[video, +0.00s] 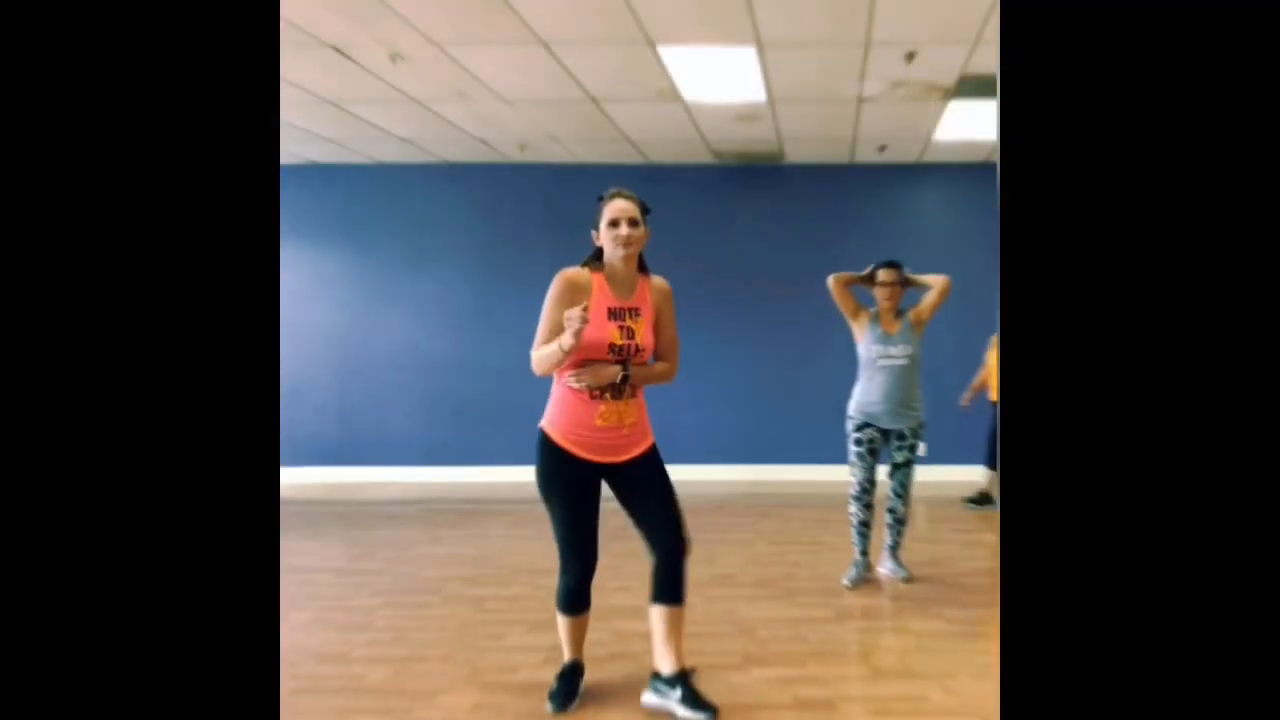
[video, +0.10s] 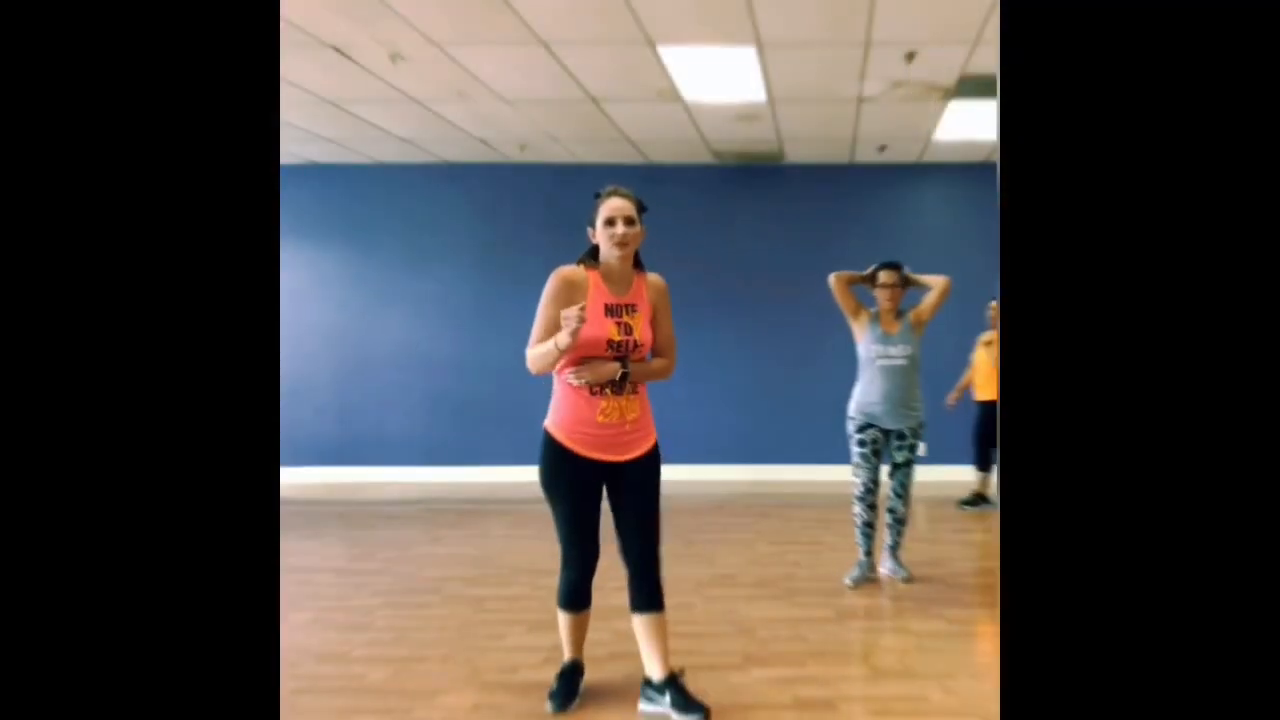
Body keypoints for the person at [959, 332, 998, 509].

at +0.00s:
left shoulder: (993, 342)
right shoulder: (994, 341)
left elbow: (986, 370)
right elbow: (987, 369)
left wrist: (970, 393)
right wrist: (970, 393)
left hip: (996, 402)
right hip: (995, 402)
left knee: (994, 445)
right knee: (993, 445)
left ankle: (990, 489)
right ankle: (989, 489)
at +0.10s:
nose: (991, 315)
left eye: (994, 311)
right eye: (990, 311)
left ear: (999, 315)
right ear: (987, 314)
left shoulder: (994, 338)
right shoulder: (983, 339)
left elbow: (993, 365)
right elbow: (973, 368)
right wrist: (957, 391)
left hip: (993, 397)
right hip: (984, 397)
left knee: (984, 440)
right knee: (983, 440)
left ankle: (982, 489)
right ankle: (981, 489)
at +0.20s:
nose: (981, 314)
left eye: (986, 310)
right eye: (979, 309)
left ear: (994, 314)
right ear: (976, 312)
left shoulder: (995, 335)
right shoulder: (970, 336)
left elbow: (990, 362)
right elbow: (961, 367)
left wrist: (977, 344)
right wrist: (949, 390)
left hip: (988, 394)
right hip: (970, 394)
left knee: (978, 441)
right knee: (974, 441)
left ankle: (980, 490)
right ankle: (980, 490)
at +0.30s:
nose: (968, 313)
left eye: (973, 309)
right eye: (966, 308)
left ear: (983, 314)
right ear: (962, 312)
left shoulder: (984, 333)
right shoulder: (959, 335)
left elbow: (973, 358)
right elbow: (950, 367)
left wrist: (961, 342)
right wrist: (940, 392)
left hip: (978, 394)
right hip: (959, 395)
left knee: (969, 441)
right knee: (951, 440)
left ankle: (981, 488)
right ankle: (982, 478)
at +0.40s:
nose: (955, 313)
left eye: (960, 309)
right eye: (953, 309)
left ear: (970, 314)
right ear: (949, 313)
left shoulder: (972, 334)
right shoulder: (947, 337)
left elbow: (957, 358)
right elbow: (938, 370)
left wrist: (949, 341)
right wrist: (930, 394)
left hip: (966, 396)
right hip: (945, 397)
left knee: (966, 443)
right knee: (933, 439)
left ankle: (978, 489)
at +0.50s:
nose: (942, 314)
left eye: (947, 311)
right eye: (940, 310)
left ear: (957, 315)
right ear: (937, 314)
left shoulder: (959, 335)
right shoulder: (935, 338)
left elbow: (945, 360)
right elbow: (927, 373)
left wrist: (935, 343)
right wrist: (918, 397)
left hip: (954, 397)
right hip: (932, 399)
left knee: (961, 445)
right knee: (919, 444)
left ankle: (976, 489)